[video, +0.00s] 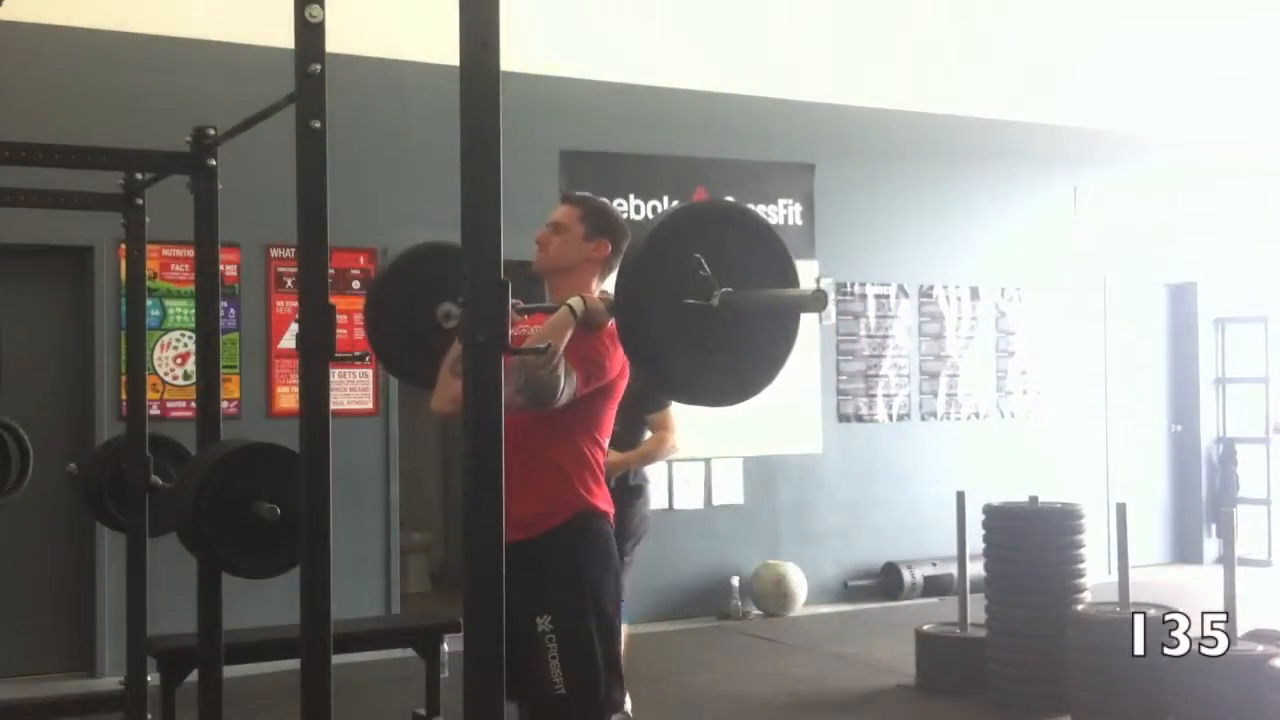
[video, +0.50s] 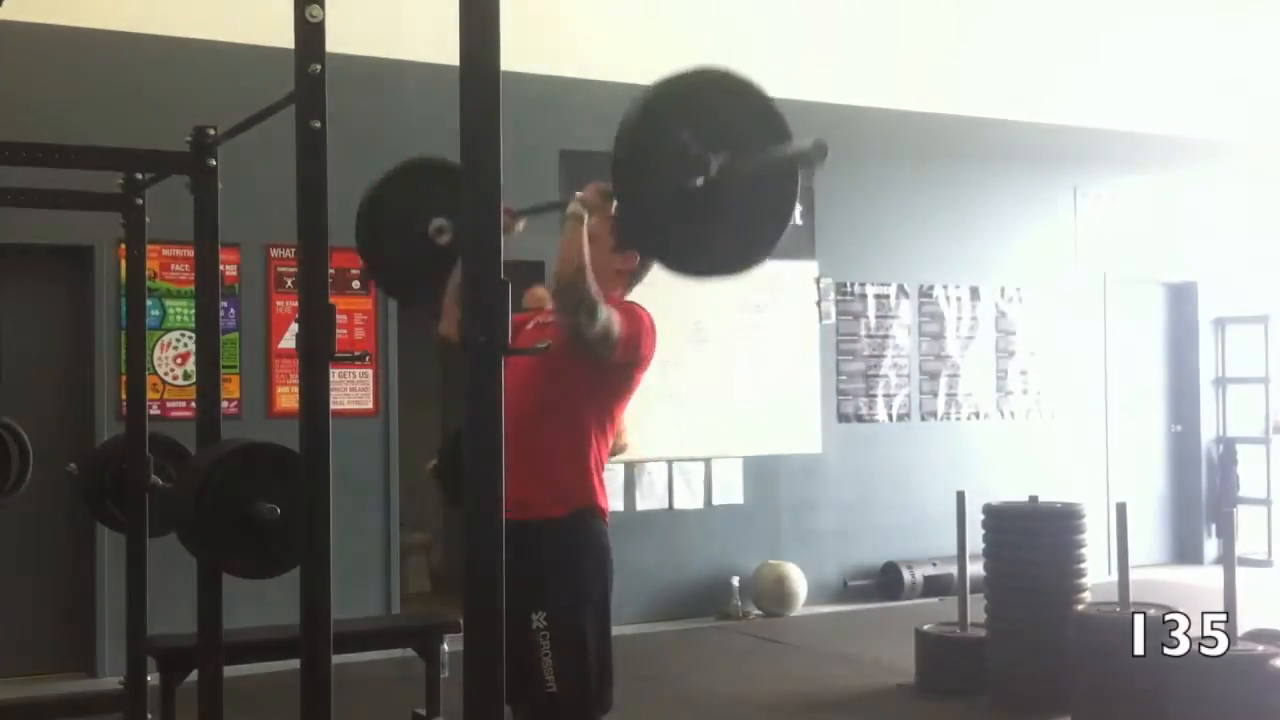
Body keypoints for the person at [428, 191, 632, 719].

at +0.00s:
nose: (540, 236)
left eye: (557, 229)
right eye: (544, 228)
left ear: (598, 250)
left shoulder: (601, 339)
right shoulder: (518, 331)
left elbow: (535, 387)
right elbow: (443, 400)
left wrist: (570, 310)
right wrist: (472, 324)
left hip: (571, 531)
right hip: (507, 536)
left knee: (590, 690)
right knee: (526, 688)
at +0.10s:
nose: (540, 238)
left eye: (558, 231)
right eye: (545, 229)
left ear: (597, 252)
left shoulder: (604, 336)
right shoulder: (521, 328)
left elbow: (540, 395)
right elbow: (447, 405)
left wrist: (572, 313)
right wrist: (473, 327)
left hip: (568, 533)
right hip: (506, 536)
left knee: (585, 696)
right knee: (526, 693)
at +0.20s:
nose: (554, 236)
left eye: (572, 231)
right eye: (561, 227)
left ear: (606, 256)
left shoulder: (605, 330)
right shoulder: (525, 326)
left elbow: (546, 393)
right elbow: (454, 400)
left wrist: (571, 301)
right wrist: (470, 323)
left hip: (567, 528)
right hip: (506, 530)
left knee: (586, 688)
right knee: (518, 687)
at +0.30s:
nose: (573, 232)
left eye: (593, 228)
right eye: (576, 223)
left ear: (616, 256)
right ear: (567, 244)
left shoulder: (612, 321)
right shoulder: (532, 323)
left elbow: (550, 370)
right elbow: (454, 377)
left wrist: (570, 278)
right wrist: (469, 299)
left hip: (565, 525)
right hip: (505, 524)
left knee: (577, 687)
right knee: (508, 682)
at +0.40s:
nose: (578, 241)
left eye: (596, 234)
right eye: (581, 232)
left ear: (624, 261)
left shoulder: (624, 324)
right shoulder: (532, 327)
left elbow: (554, 325)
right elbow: (452, 346)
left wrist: (570, 240)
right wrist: (475, 267)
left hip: (564, 527)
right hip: (503, 525)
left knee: (568, 692)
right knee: (506, 685)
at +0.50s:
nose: (576, 235)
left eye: (595, 226)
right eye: (578, 223)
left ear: (629, 261)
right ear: (570, 246)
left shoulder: (631, 327)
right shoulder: (529, 321)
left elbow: (573, 297)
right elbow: (453, 327)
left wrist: (574, 216)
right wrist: (482, 242)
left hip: (568, 523)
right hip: (498, 520)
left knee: (578, 684)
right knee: (506, 676)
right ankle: (527, 709)